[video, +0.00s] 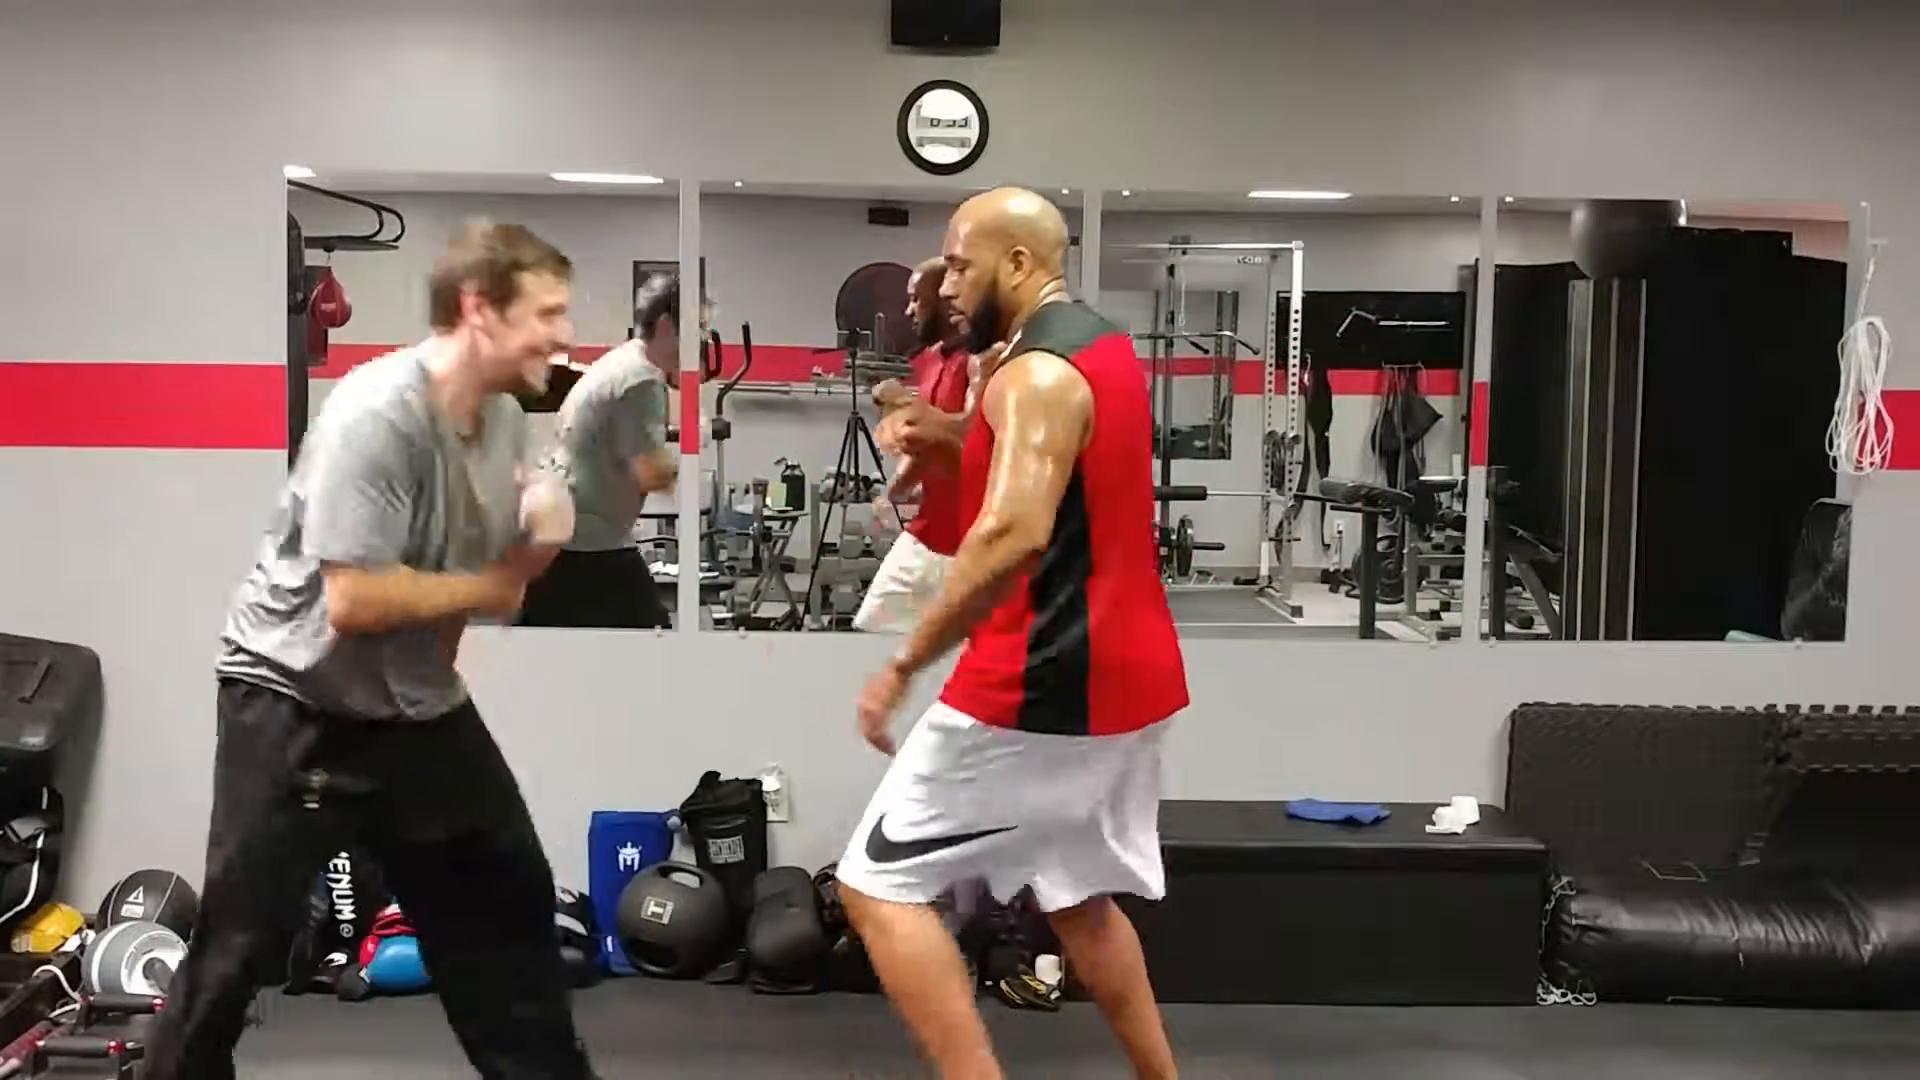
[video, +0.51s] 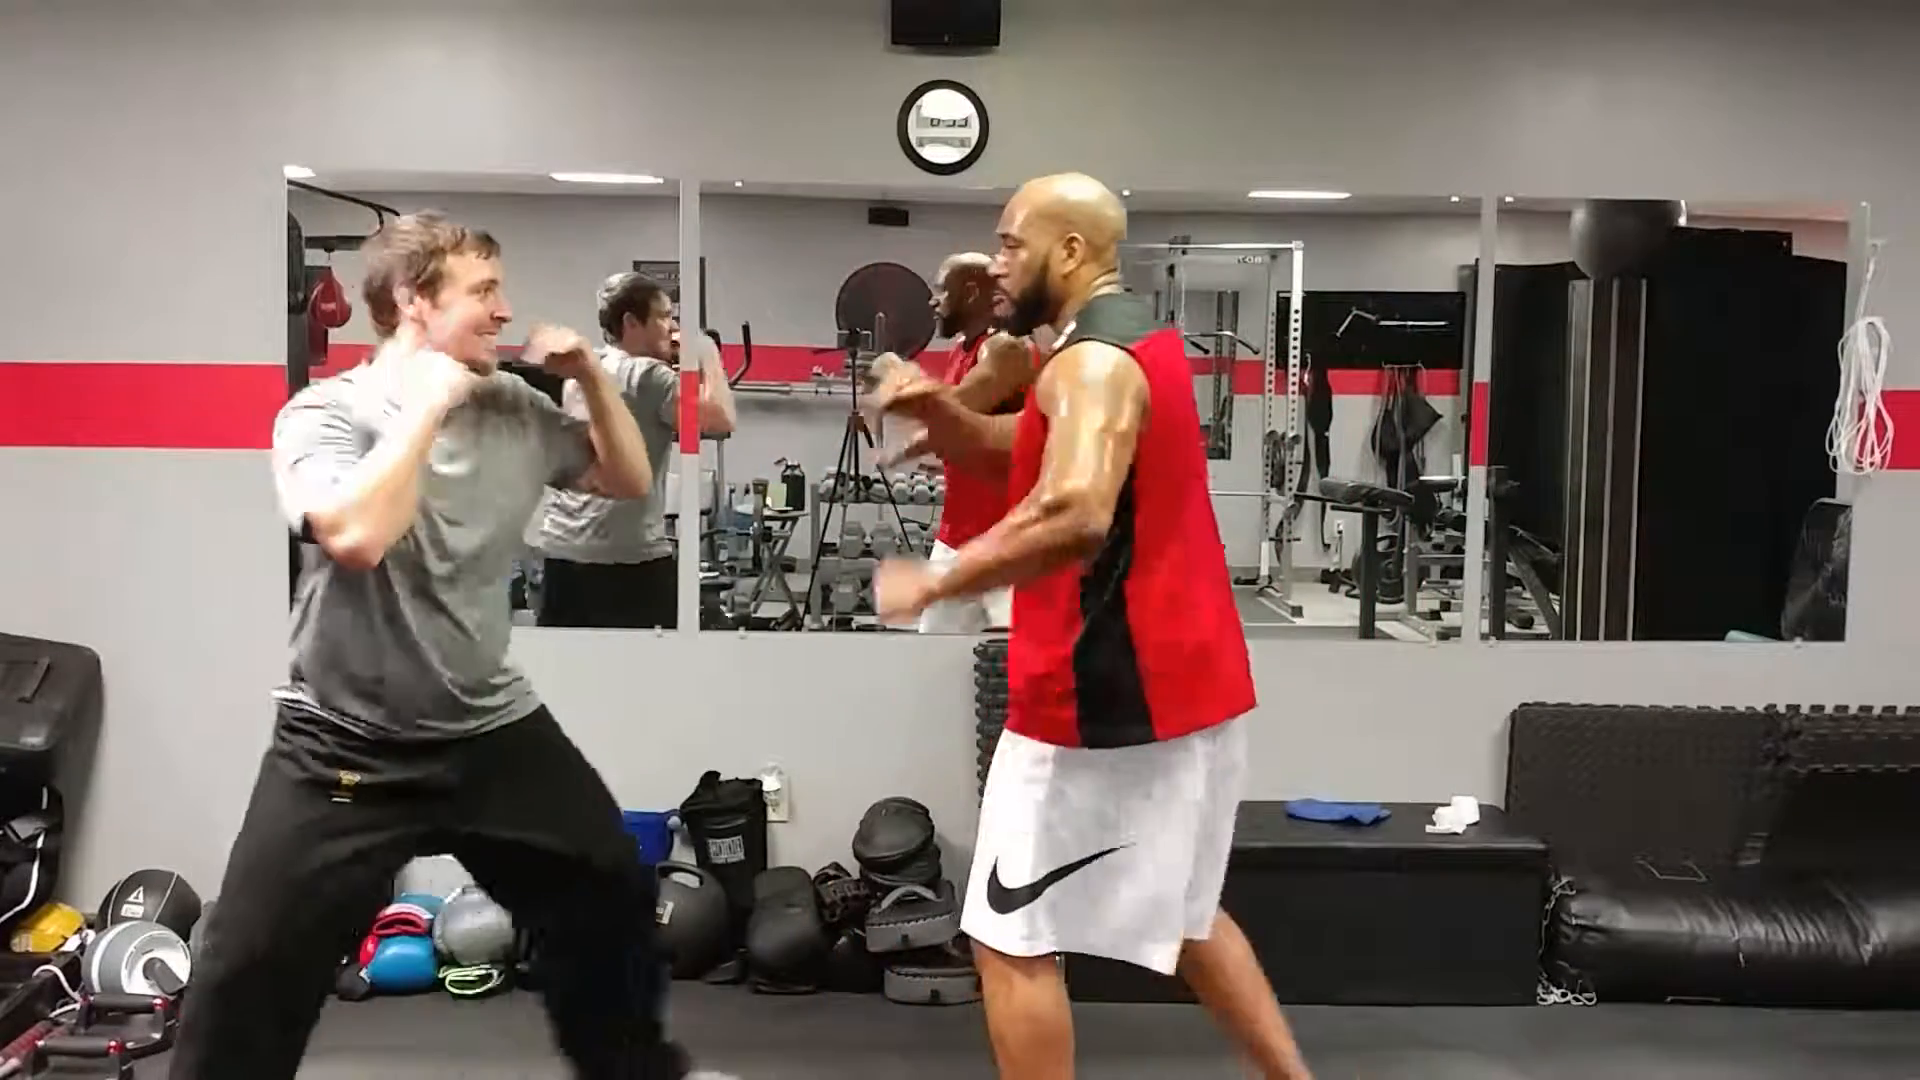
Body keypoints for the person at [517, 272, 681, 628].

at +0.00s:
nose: (698, 340)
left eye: (700, 328)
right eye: (693, 328)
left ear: (660, 325)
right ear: (664, 326)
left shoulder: (620, 363)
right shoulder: (641, 379)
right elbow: (649, 475)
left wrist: (664, 467)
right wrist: (676, 465)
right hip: (598, 554)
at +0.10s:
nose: (678, 323)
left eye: (678, 311)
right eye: (673, 311)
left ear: (636, 311)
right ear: (644, 311)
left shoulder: (594, 348)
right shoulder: (629, 363)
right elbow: (664, 450)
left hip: (549, 541)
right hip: (599, 549)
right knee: (645, 659)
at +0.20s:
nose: (670, 310)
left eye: (670, 299)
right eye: (663, 299)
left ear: (625, 303)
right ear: (630, 302)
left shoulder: (580, 342)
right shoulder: (624, 352)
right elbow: (683, 419)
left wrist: (665, 366)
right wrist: (677, 365)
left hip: (537, 537)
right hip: (592, 545)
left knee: (530, 664)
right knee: (638, 660)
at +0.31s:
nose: (662, 314)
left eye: (661, 302)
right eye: (653, 303)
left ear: (612, 308)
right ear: (618, 308)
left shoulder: (570, 345)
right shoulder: (619, 354)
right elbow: (686, 407)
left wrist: (654, 354)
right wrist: (671, 347)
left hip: (537, 531)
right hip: (594, 540)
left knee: (546, 654)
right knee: (653, 645)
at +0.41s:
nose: (659, 320)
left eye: (658, 310)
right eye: (651, 310)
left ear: (609, 317)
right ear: (617, 315)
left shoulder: (570, 355)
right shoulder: (627, 363)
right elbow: (699, 408)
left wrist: (659, 358)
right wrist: (685, 350)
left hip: (545, 540)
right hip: (610, 545)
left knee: (548, 658)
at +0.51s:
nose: (673, 328)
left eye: (671, 318)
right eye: (665, 318)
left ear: (624, 326)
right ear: (631, 324)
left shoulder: (581, 367)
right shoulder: (649, 375)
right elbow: (720, 420)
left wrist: (669, 361)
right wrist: (709, 357)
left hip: (562, 550)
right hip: (627, 556)